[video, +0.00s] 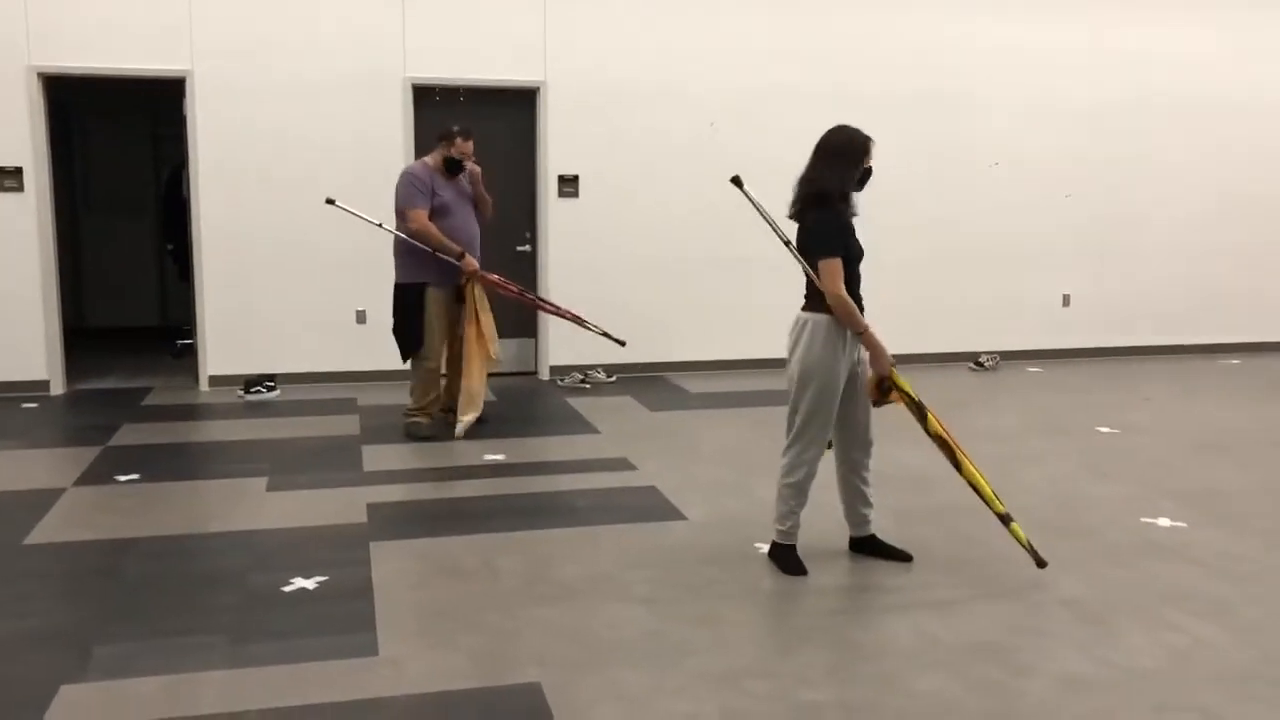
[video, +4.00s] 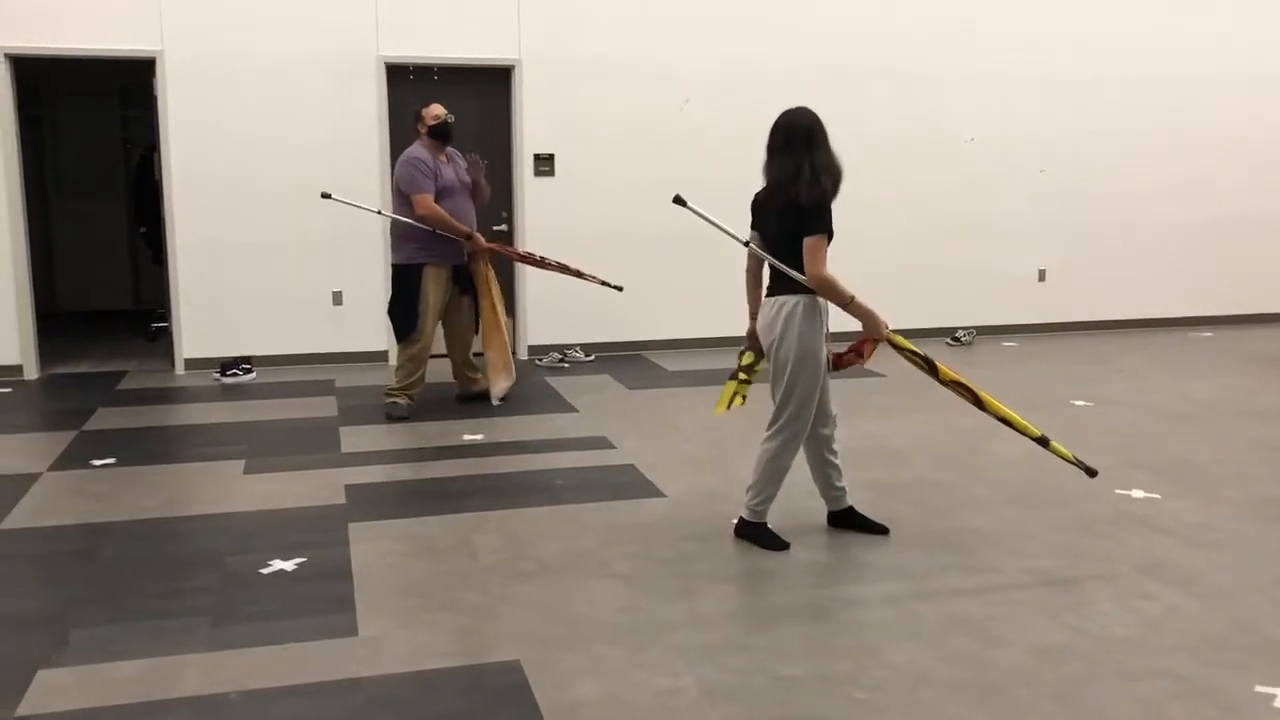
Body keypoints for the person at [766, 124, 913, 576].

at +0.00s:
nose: (868, 170)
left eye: (868, 161)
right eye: (864, 161)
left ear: (833, 159)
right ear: (846, 162)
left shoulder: (838, 212)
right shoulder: (823, 214)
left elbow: (839, 290)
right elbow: (834, 291)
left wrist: (864, 351)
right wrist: (875, 346)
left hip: (848, 334)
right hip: (821, 333)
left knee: (855, 441)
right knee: (808, 441)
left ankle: (861, 535)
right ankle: (783, 540)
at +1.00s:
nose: (858, 165)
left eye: (859, 156)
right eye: (853, 156)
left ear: (825, 153)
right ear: (832, 155)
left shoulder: (823, 204)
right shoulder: (811, 206)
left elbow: (827, 280)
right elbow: (820, 282)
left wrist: (850, 336)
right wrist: (863, 333)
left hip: (834, 323)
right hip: (806, 323)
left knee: (836, 428)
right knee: (791, 428)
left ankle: (843, 522)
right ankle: (766, 527)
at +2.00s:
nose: (832, 151)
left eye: (837, 144)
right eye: (827, 142)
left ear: (836, 142)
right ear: (804, 138)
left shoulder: (814, 193)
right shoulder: (786, 192)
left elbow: (817, 265)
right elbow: (796, 268)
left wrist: (842, 321)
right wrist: (846, 311)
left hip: (822, 311)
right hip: (790, 309)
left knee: (824, 416)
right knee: (772, 416)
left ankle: (827, 510)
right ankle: (751, 516)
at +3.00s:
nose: (825, 138)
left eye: (823, 129)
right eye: (821, 130)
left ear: (782, 130)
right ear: (810, 133)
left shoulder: (800, 181)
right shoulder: (786, 184)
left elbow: (800, 259)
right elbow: (791, 262)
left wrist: (832, 312)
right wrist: (843, 305)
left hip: (807, 302)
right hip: (782, 302)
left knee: (811, 408)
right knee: (768, 409)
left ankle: (820, 500)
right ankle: (743, 507)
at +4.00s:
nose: (829, 153)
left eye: (822, 145)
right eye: (825, 145)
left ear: (774, 149)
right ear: (819, 149)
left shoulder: (764, 200)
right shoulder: (813, 199)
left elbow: (754, 264)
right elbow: (815, 275)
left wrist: (754, 322)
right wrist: (866, 314)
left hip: (778, 311)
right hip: (800, 313)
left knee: (819, 417)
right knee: (793, 417)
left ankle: (839, 509)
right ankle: (752, 518)